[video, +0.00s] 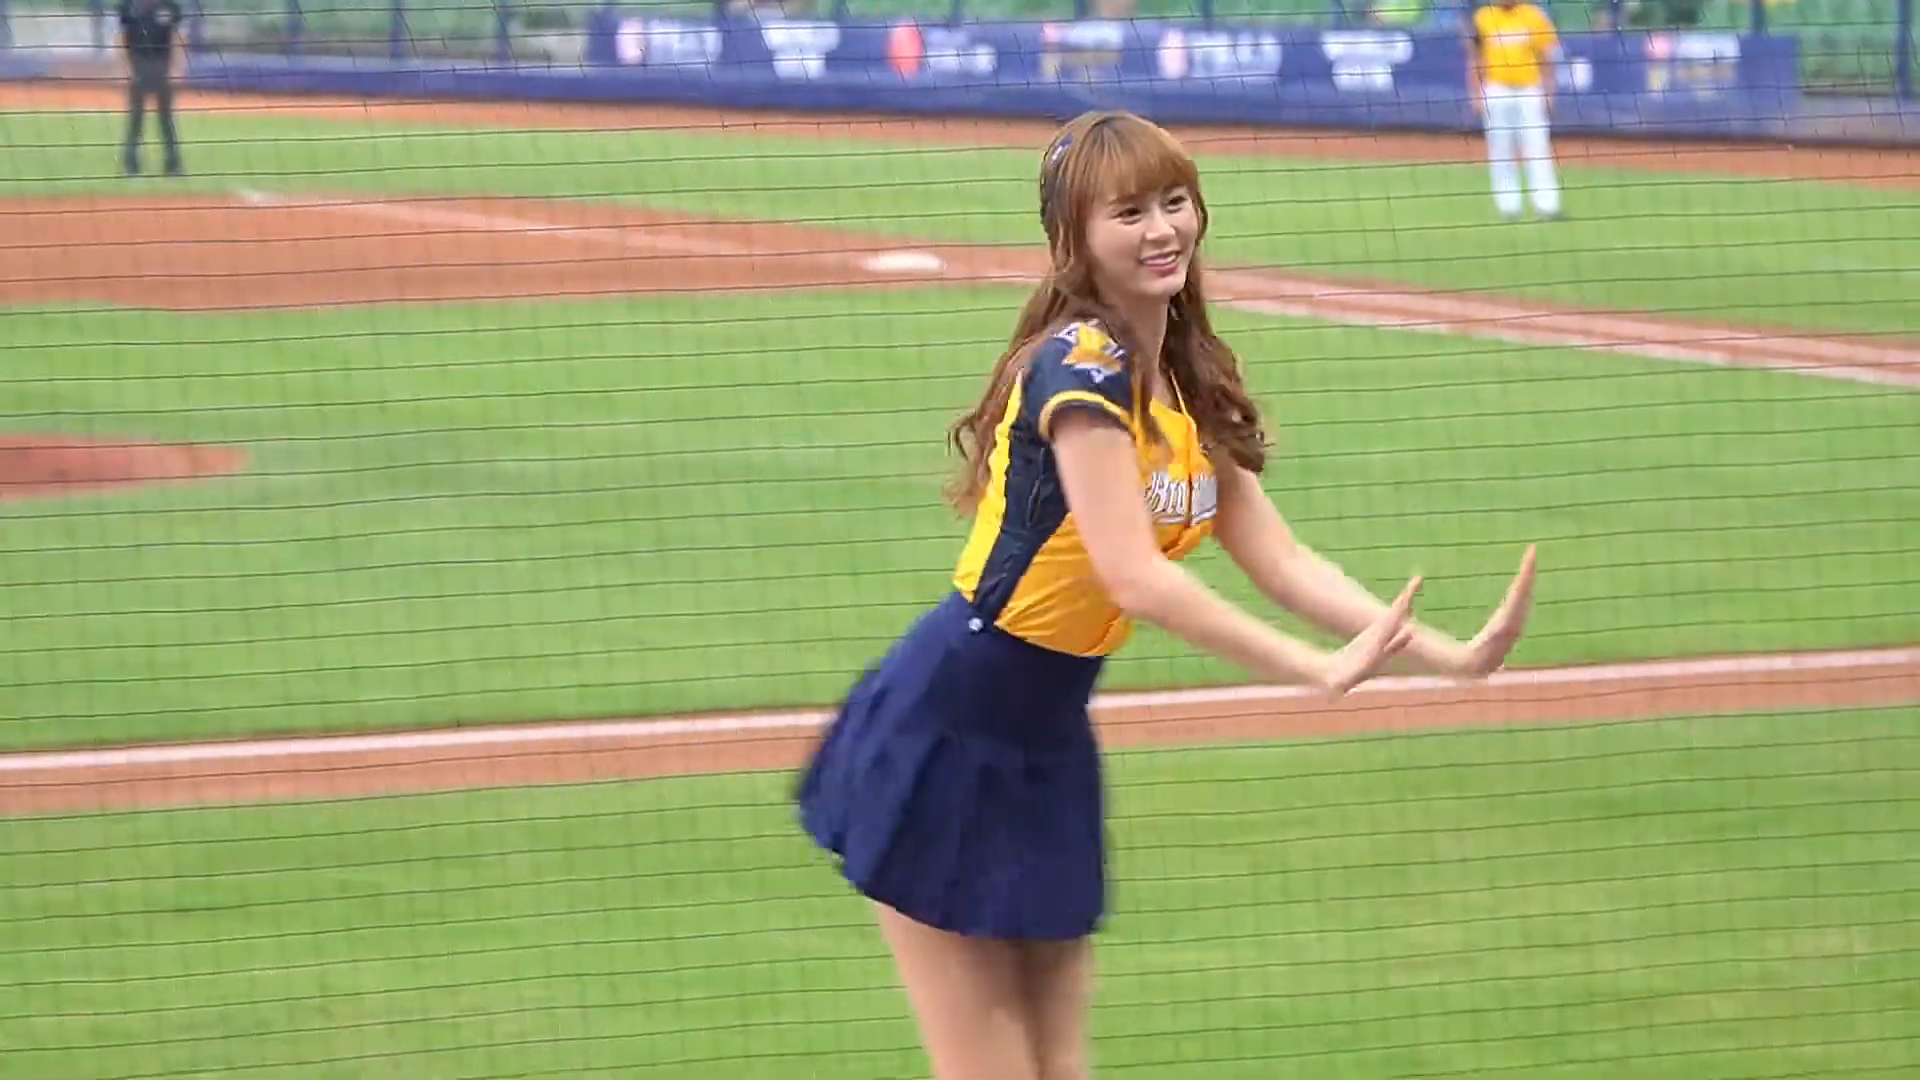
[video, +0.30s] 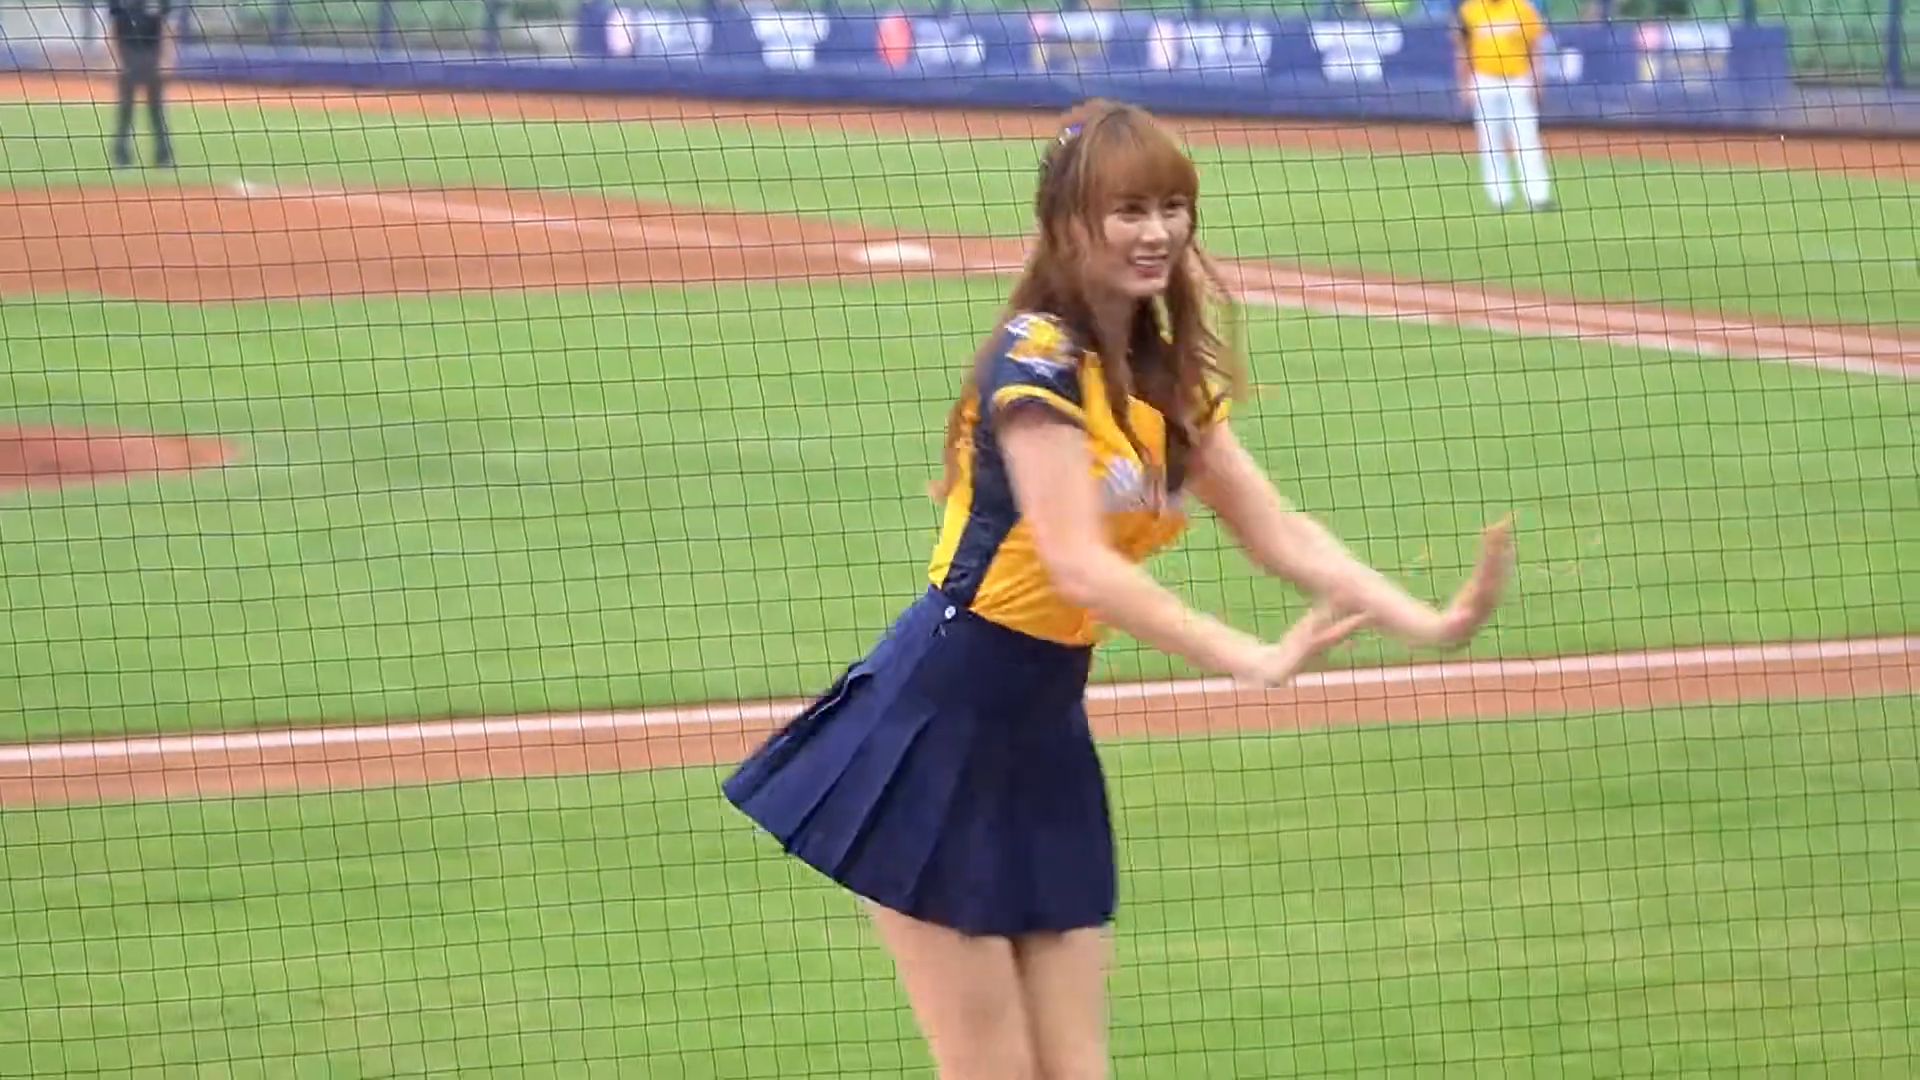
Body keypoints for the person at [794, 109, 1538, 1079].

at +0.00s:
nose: (1162, 227)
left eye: (1175, 201)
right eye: (1128, 211)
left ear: (1198, 216)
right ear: (1074, 238)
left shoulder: (1188, 379)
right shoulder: (1076, 366)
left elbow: (1279, 559)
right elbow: (1131, 575)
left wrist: (1448, 654)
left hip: (1048, 726)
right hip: (947, 721)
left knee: (1055, 1059)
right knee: (985, 1064)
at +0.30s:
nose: (1157, 232)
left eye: (1172, 207)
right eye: (1128, 212)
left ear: (1190, 217)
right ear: (1066, 225)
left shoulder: (1163, 372)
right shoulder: (1034, 356)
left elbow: (1276, 530)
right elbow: (1074, 561)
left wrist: (1422, 622)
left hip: (1045, 727)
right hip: (936, 723)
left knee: (1073, 1063)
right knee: (989, 1064)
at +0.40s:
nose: (1107, 262)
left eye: (1126, 239)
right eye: (1081, 236)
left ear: (1144, 250)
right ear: (1013, 241)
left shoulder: (1130, 377)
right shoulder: (951, 374)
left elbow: (1195, 555)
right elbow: (943, 587)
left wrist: (1270, 670)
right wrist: (1074, 691)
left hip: (1096, 732)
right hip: (973, 735)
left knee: (1136, 1061)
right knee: (1039, 1065)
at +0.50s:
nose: (1079, 275)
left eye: (1095, 252)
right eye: (1053, 250)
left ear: (1112, 258)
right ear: (986, 251)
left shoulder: (1128, 385)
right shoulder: (907, 394)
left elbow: (1172, 561)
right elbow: (892, 590)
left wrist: (1168, 657)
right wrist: (948, 674)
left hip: (1121, 739)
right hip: (981, 745)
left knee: (1146, 1063)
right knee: (1051, 1062)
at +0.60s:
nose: (1077, 207)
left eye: (1094, 185)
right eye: (1050, 182)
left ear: (1108, 200)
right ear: (985, 196)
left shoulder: (1139, 321)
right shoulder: (907, 348)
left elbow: (1171, 496)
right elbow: (868, 531)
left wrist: (1105, 589)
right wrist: (843, 607)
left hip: (1120, 696)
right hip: (979, 699)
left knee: (1107, 1059)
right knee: (1006, 1057)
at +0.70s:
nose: (1076, 207)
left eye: (1096, 187)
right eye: (1048, 181)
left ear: (1115, 206)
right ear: (981, 197)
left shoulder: (1140, 320)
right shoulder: (919, 340)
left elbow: (1130, 467)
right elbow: (821, 506)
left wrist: (1042, 547)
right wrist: (721, 579)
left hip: (1128, 705)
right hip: (982, 703)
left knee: (1095, 1059)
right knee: (982, 1057)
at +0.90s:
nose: (1099, 231)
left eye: (1115, 209)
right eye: (1069, 207)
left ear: (1131, 225)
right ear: (1007, 224)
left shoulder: (1154, 348)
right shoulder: (943, 365)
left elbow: (1094, 507)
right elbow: (838, 529)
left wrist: (1014, 654)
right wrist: (716, 669)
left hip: (1151, 708)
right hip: (1001, 699)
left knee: (1107, 1063)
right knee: (994, 1057)